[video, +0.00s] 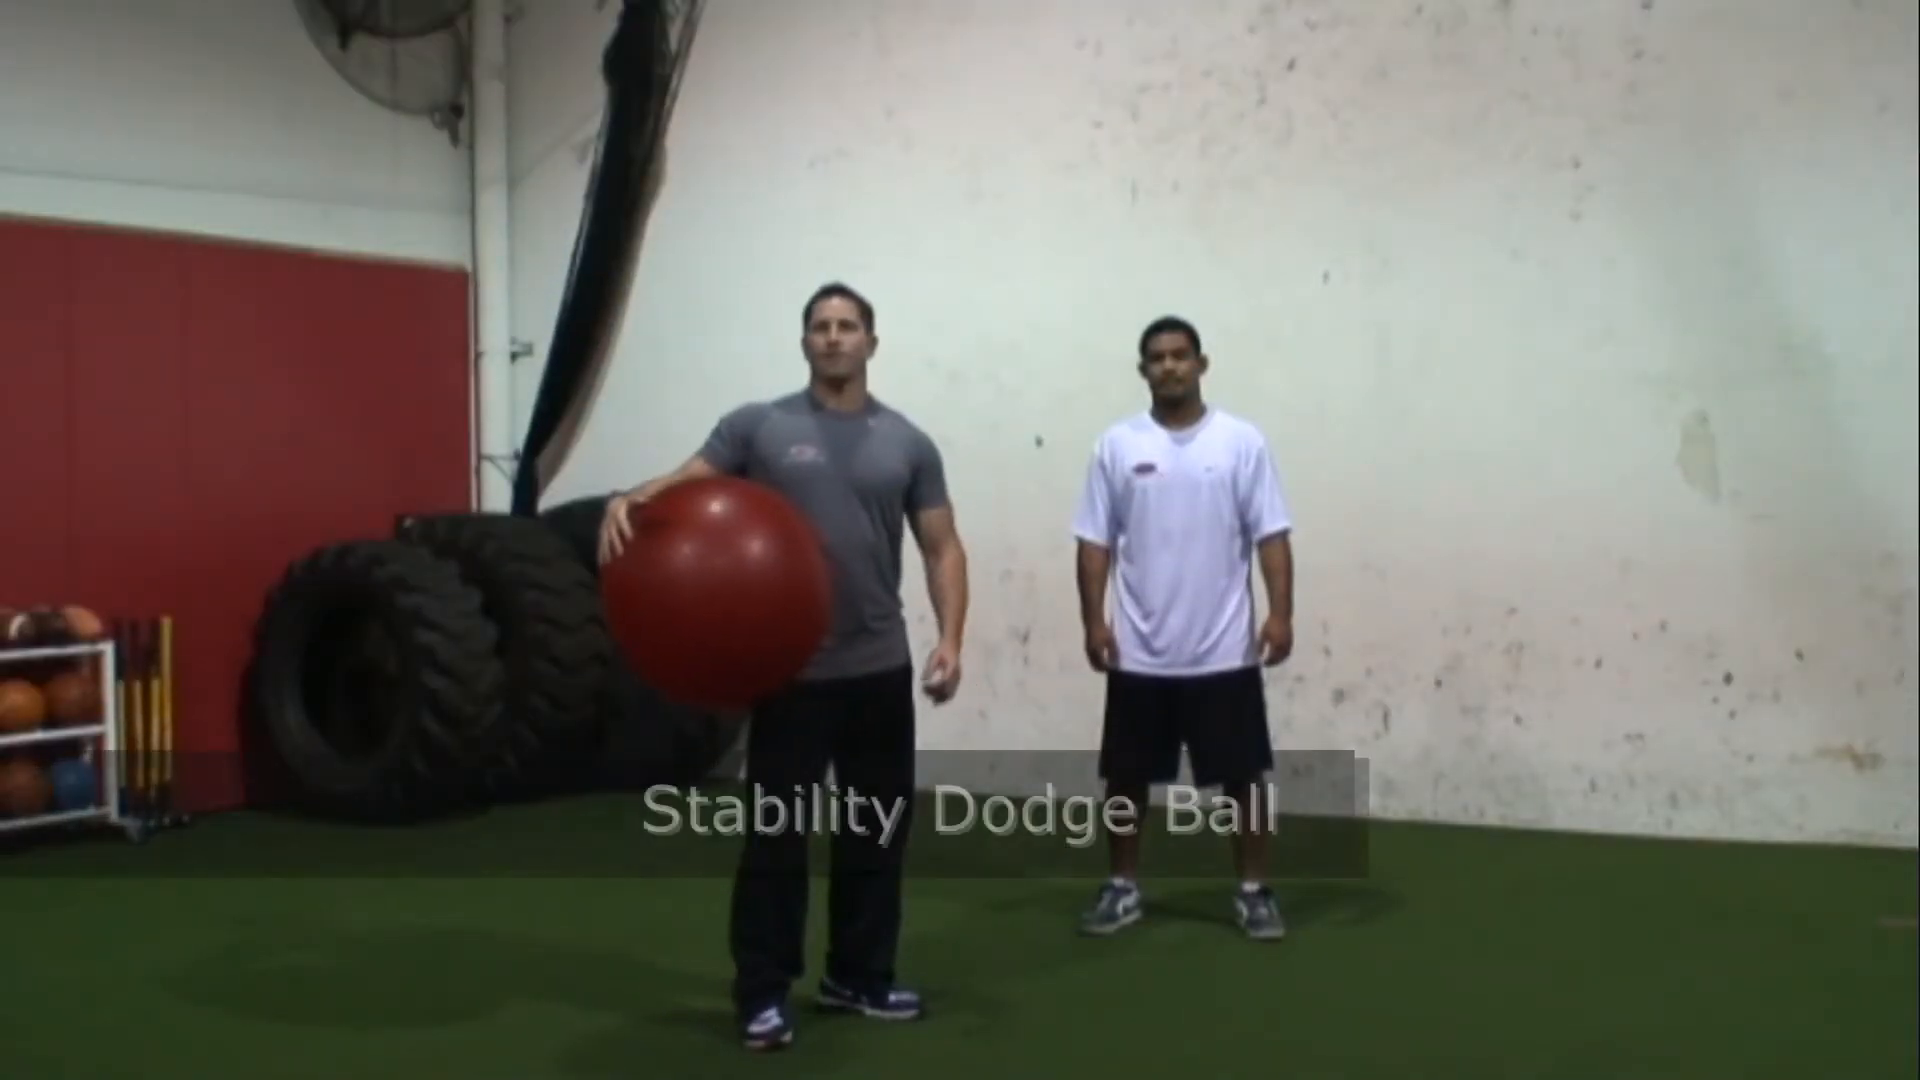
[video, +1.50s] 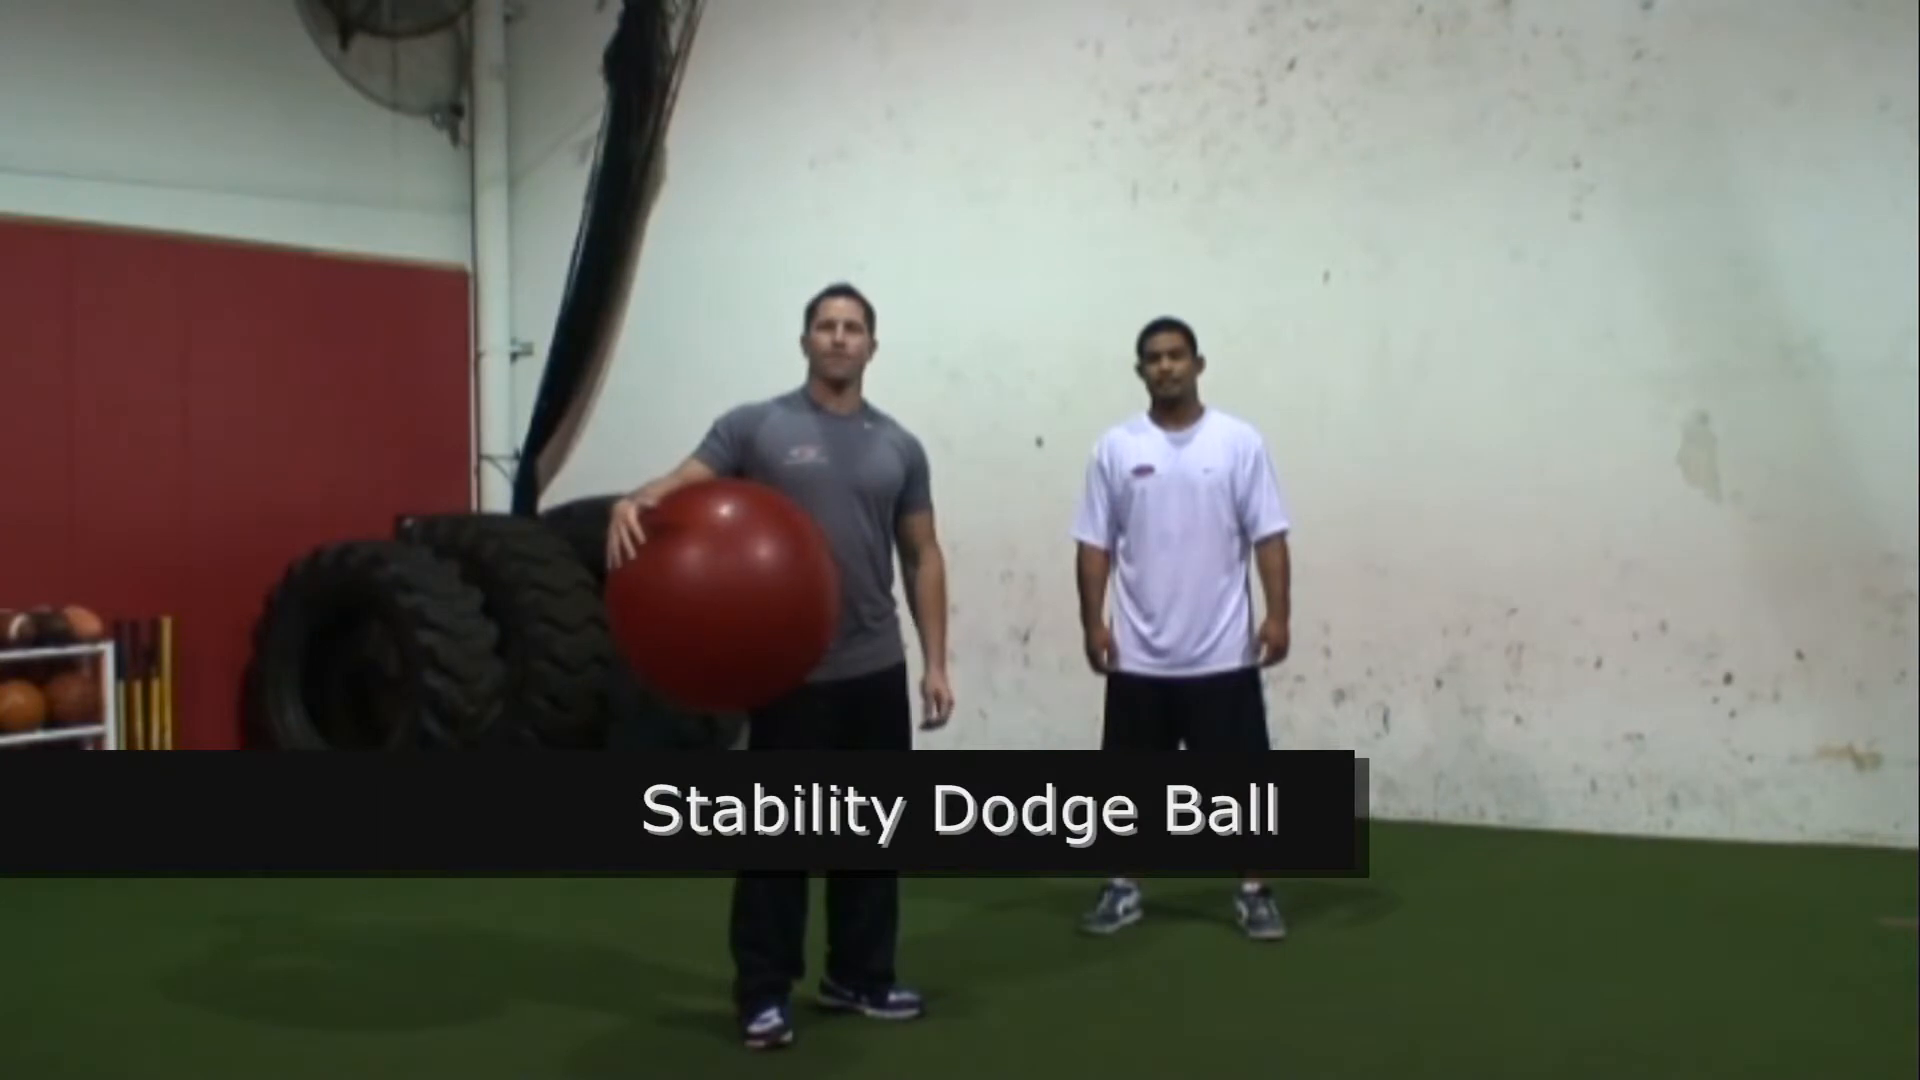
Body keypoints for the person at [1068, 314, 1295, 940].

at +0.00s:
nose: (1169, 366)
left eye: (1179, 356)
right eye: (1157, 358)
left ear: (1201, 364)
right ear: (1143, 371)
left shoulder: (1242, 442)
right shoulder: (1118, 446)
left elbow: (1271, 533)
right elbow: (1094, 539)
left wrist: (1281, 612)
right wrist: (1094, 620)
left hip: (1223, 645)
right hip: (1141, 646)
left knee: (1245, 780)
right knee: (1124, 779)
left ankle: (1253, 888)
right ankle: (1123, 884)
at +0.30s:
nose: (1168, 366)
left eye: (1179, 356)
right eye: (1157, 358)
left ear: (1201, 365)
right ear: (1143, 371)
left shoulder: (1242, 442)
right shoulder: (1118, 446)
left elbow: (1272, 533)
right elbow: (1094, 538)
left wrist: (1282, 611)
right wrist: (1092, 619)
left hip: (1223, 646)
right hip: (1142, 647)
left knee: (1244, 781)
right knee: (1124, 780)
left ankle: (1253, 888)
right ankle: (1123, 884)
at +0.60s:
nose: (1168, 366)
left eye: (1179, 356)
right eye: (1156, 358)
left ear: (1201, 365)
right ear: (1142, 371)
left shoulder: (1242, 442)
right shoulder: (1117, 447)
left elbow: (1271, 534)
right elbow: (1094, 540)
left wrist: (1280, 612)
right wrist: (1094, 620)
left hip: (1223, 647)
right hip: (1141, 648)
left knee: (1241, 777)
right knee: (1125, 778)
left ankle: (1252, 886)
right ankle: (1123, 883)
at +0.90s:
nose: (1167, 366)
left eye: (1177, 356)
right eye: (1155, 358)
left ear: (1199, 365)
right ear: (1141, 371)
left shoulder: (1240, 442)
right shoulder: (1117, 448)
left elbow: (1269, 534)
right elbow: (1094, 541)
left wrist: (1277, 614)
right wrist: (1094, 622)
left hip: (1223, 647)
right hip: (1141, 648)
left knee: (1241, 777)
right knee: (1125, 778)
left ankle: (1252, 886)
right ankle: (1123, 883)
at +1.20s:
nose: (1166, 366)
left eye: (1176, 356)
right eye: (1154, 358)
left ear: (1198, 364)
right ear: (1140, 372)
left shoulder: (1240, 442)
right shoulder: (1117, 447)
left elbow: (1269, 534)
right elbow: (1094, 541)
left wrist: (1277, 613)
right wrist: (1093, 622)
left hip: (1222, 647)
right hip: (1140, 649)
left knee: (1242, 777)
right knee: (1125, 778)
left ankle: (1253, 887)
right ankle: (1123, 884)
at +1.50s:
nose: (1166, 366)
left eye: (1176, 356)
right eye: (1154, 358)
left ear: (1198, 364)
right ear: (1140, 371)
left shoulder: (1240, 442)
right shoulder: (1117, 447)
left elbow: (1269, 534)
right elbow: (1094, 541)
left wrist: (1278, 613)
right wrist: (1093, 622)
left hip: (1222, 648)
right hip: (1140, 649)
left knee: (1242, 777)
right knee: (1124, 778)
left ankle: (1253, 887)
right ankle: (1123, 884)